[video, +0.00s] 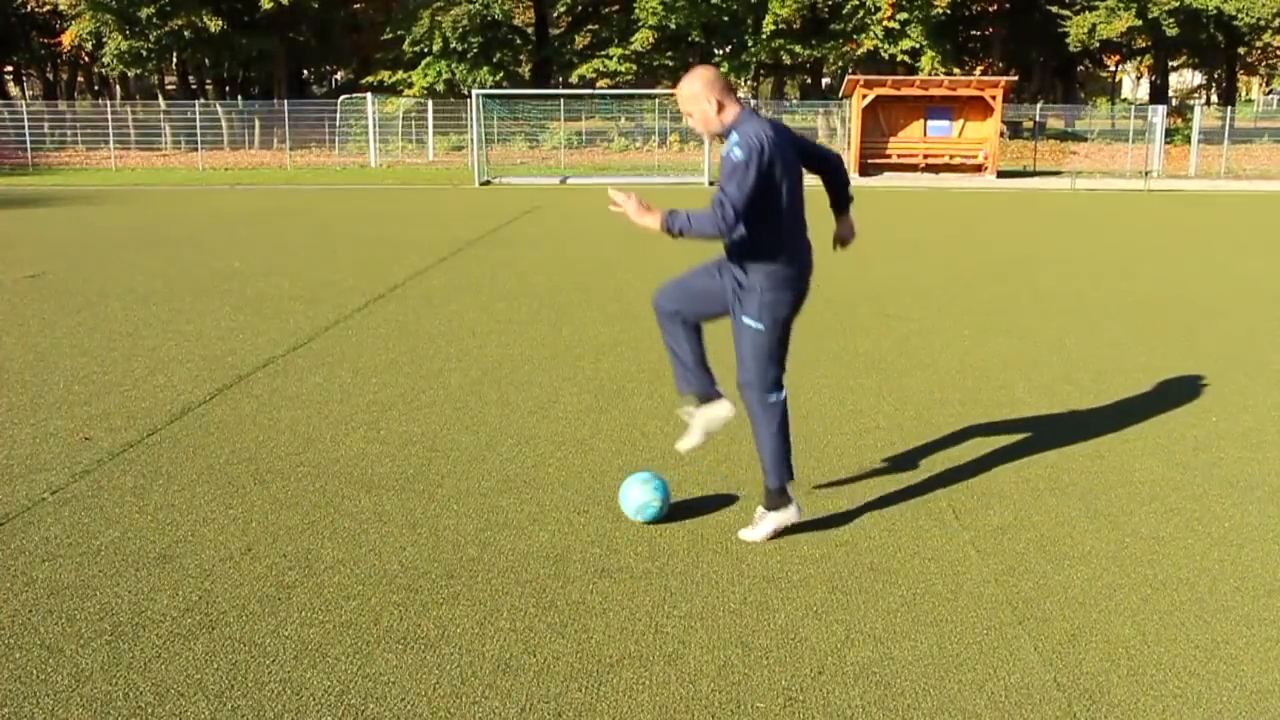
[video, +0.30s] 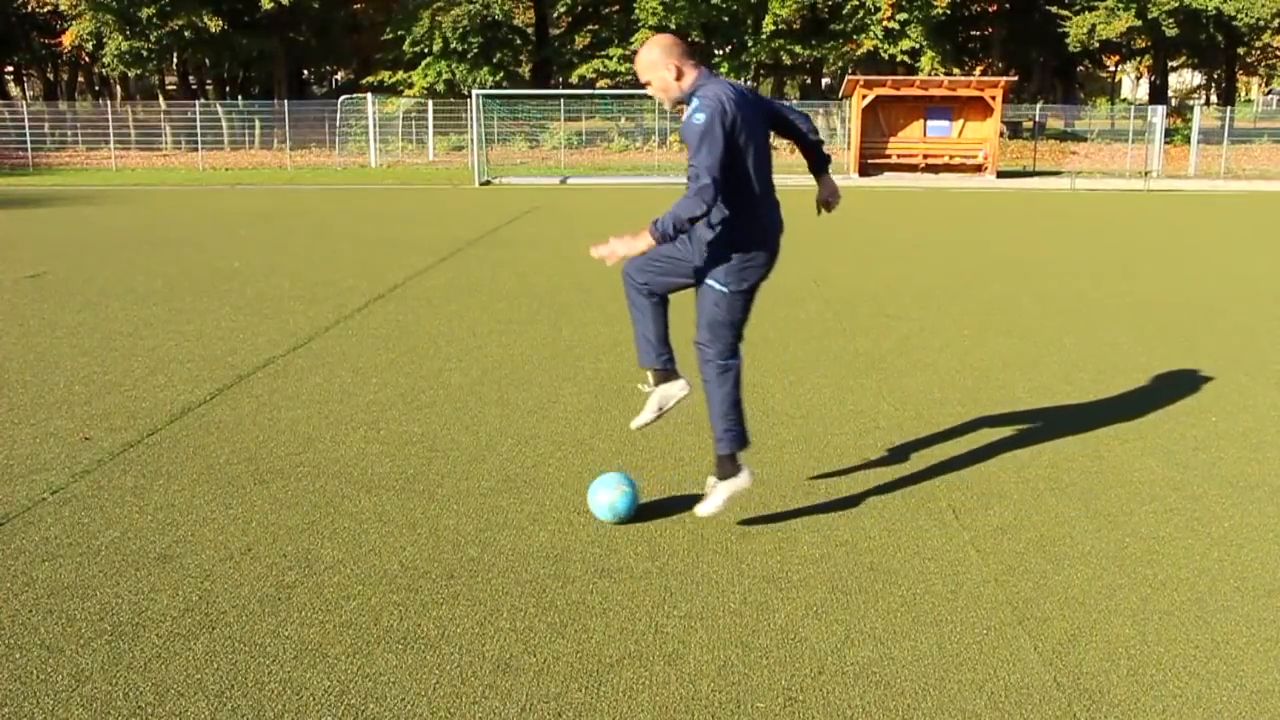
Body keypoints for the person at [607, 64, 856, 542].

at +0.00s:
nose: (691, 126)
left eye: (691, 115)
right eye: (687, 117)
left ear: (716, 105)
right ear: (721, 102)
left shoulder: (748, 142)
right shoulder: (767, 129)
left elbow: (723, 220)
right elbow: (830, 163)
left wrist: (656, 219)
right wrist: (843, 213)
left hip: (770, 277)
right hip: (742, 267)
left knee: (761, 388)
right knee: (670, 302)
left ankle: (779, 501)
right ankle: (706, 402)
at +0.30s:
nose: (652, 95)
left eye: (651, 83)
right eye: (647, 86)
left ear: (675, 69)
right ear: (681, 65)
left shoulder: (705, 109)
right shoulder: (735, 94)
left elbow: (702, 195)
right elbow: (799, 125)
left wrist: (645, 238)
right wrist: (823, 175)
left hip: (737, 247)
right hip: (720, 234)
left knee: (716, 351)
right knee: (639, 273)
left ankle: (730, 469)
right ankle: (663, 378)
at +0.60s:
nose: (606, 121)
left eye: (606, 110)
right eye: (601, 112)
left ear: (631, 96)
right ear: (636, 93)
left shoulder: (660, 138)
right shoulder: (690, 112)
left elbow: (683, 222)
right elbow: (756, 135)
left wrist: (663, 291)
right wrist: (792, 181)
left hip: (703, 264)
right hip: (689, 251)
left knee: (673, 370)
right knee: (607, 296)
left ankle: (658, 493)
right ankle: (627, 403)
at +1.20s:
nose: (535, 192)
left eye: (533, 182)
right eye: (530, 184)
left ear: (552, 167)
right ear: (559, 162)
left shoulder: (583, 214)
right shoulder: (625, 174)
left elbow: (609, 301)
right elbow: (687, 206)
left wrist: (617, 367)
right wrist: (725, 251)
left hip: (625, 325)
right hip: (651, 310)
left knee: (597, 430)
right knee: (550, 368)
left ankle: (660, 525)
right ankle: (486, 454)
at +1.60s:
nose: (489, 167)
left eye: (487, 157)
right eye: (485, 158)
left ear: (505, 146)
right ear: (518, 140)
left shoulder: (530, 187)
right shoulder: (572, 163)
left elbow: (547, 271)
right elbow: (632, 203)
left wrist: (555, 341)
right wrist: (668, 252)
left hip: (563, 312)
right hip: (587, 300)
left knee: (580, 420)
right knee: (521, 380)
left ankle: (650, 512)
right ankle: (479, 461)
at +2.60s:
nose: (337, 196)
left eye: (340, 187)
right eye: (334, 188)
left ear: (370, 188)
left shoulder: (397, 227)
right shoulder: (435, 201)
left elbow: (429, 286)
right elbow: (479, 226)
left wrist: (447, 346)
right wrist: (497, 275)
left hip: (449, 317)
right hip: (482, 305)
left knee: (382, 392)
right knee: (434, 389)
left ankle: (428, 482)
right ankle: (472, 480)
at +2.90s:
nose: (280, 181)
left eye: (282, 172)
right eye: (278, 173)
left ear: (307, 167)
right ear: (313, 165)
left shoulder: (340, 206)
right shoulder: (363, 181)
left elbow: (380, 280)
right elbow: (421, 216)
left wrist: (397, 346)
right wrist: (437, 272)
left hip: (399, 315)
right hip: (429, 302)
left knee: (334, 397)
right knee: (414, 386)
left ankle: (365, 506)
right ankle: (470, 477)